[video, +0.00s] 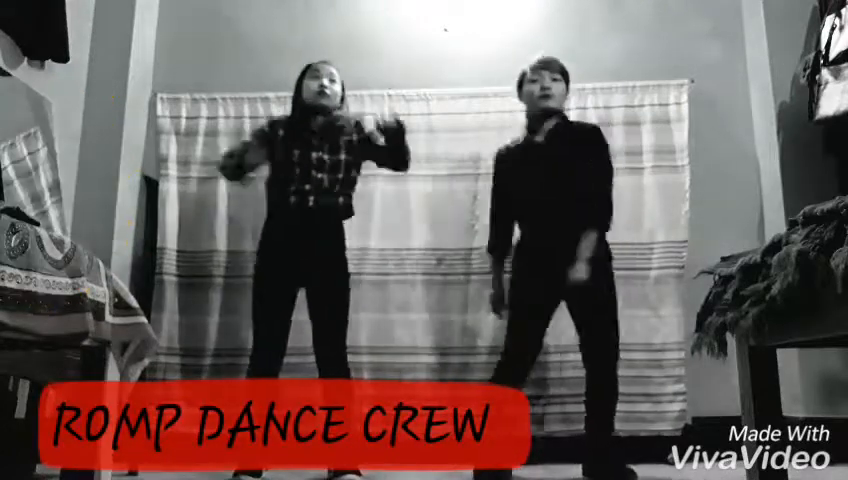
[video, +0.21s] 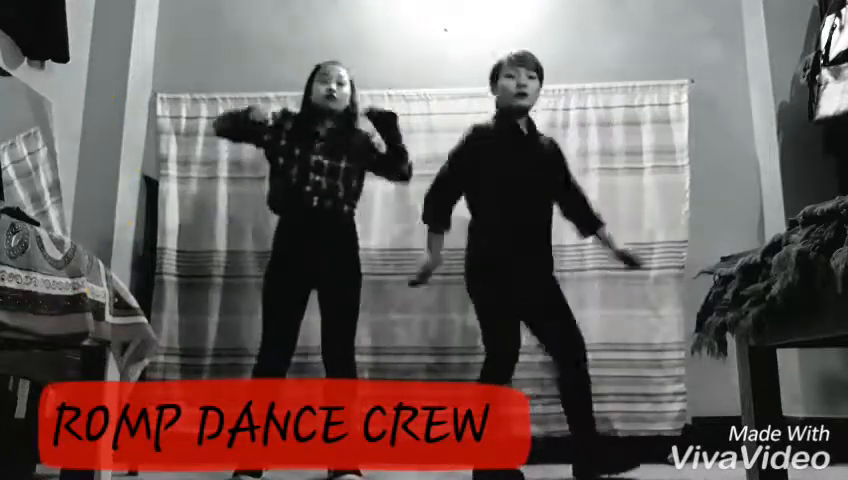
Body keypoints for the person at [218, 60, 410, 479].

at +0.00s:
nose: (324, 83)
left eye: (332, 80)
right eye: (315, 77)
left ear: (342, 95)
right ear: (299, 90)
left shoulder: (351, 132)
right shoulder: (279, 131)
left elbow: (398, 161)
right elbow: (232, 168)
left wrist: (394, 136)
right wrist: (237, 163)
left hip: (327, 249)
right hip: (279, 247)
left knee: (331, 352)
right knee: (266, 351)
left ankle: (344, 457)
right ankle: (250, 455)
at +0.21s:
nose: (334, 88)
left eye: (342, 83)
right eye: (325, 81)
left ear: (352, 96)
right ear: (309, 90)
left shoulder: (356, 140)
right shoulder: (284, 128)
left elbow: (400, 173)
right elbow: (222, 126)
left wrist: (390, 134)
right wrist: (255, 120)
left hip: (339, 249)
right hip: (292, 245)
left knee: (339, 354)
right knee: (274, 351)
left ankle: (345, 458)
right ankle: (250, 455)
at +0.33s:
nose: (321, 90)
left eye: (330, 85)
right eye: (312, 83)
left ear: (342, 95)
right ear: (298, 92)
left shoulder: (354, 142)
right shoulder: (277, 140)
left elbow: (384, 185)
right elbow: (242, 191)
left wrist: (366, 224)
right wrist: (253, 169)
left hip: (336, 256)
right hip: (287, 255)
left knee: (337, 357)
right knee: (271, 354)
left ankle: (345, 458)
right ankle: (250, 456)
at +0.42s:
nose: (314, 89)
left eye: (323, 84)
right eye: (305, 82)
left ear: (334, 95)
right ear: (290, 90)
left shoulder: (345, 147)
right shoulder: (269, 141)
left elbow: (354, 208)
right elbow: (254, 200)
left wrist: (359, 260)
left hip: (333, 262)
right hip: (279, 261)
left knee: (336, 358)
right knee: (269, 356)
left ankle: (343, 456)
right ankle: (250, 455)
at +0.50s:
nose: (326, 86)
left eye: (331, 80)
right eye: (317, 78)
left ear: (335, 90)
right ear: (294, 83)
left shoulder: (338, 144)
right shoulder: (266, 134)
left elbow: (348, 206)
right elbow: (240, 193)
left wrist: (367, 253)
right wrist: (229, 250)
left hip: (328, 259)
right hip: (280, 257)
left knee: (339, 354)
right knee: (272, 353)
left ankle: (341, 450)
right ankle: (250, 448)